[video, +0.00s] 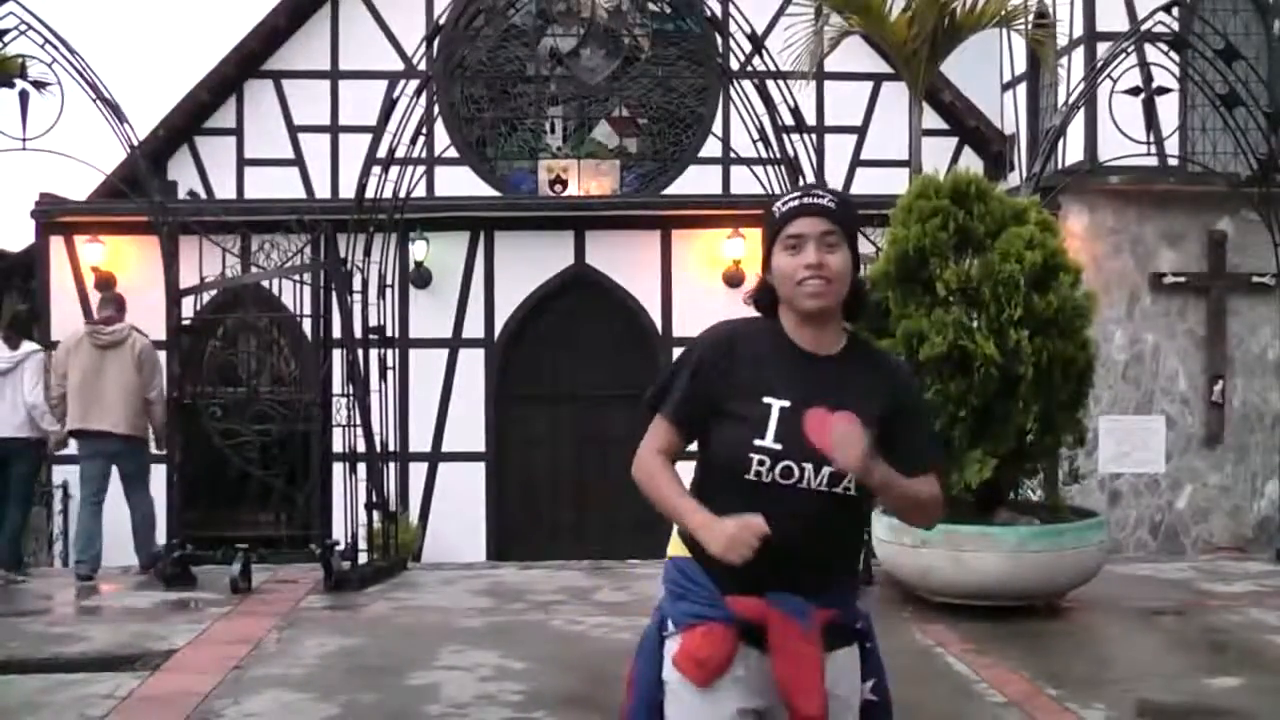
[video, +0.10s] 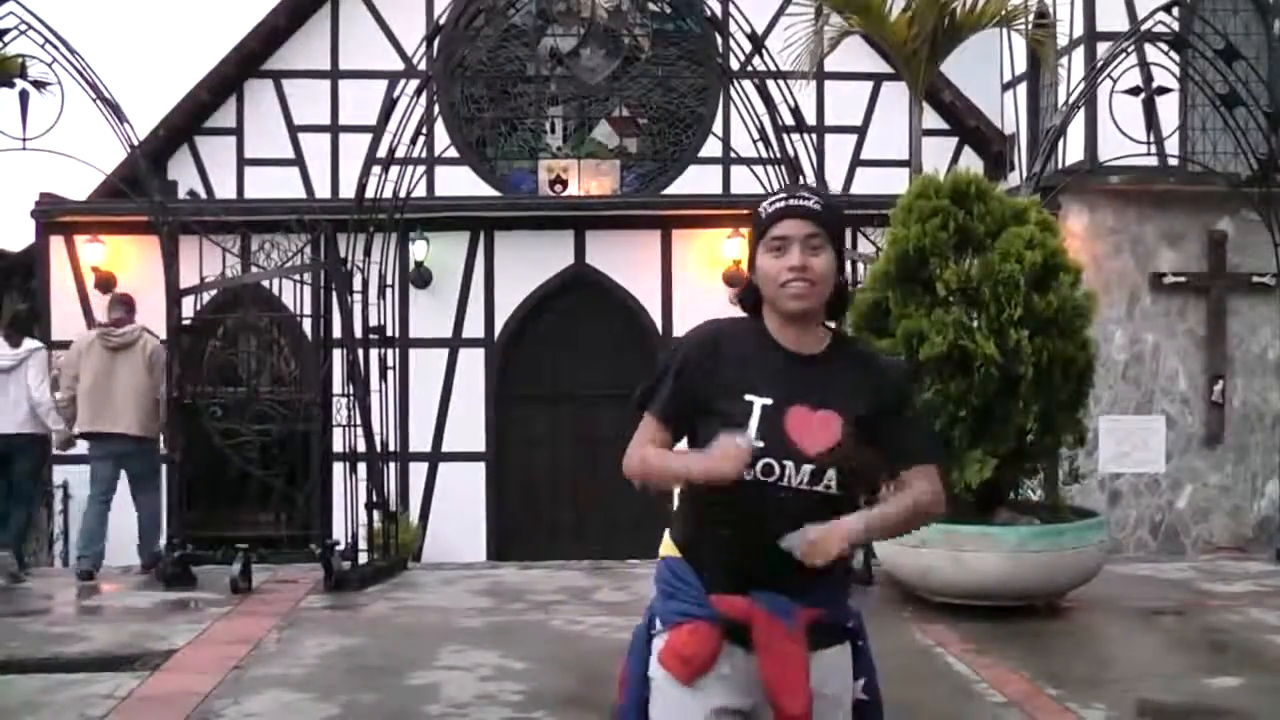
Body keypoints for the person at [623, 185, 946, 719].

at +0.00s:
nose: (814, 261)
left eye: (830, 245)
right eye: (794, 247)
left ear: (853, 264)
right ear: (769, 269)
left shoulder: (886, 379)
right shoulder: (723, 350)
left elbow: (929, 508)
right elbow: (648, 459)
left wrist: (873, 470)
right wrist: (708, 527)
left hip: (826, 610)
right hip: (711, 605)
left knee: (856, 707)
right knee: (694, 707)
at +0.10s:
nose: (796, 263)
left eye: (814, 247)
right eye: (778, 248)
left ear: (838, 267)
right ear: (753, 268)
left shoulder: (874, 377)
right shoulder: (708, 350)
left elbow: (928, 493)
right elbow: (638, 459)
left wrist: (846, 530)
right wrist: (702, 464)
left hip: (813, 608)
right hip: (700, 604)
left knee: (830, 708)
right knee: (682, 707)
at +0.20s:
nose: (778, 260)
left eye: (796, 245)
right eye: (760, 246)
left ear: (821, 262)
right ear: (736, 263)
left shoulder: (855, 368)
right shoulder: (695, 346)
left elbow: (924, 482)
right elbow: (627, 458)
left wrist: (845, 514)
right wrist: (697, 435)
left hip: (802, 597)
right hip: (689, 593)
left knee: (823, 708)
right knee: (656, 709)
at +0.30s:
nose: (760, 259)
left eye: (777, 244)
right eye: (742, 245)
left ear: (801, 260)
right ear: (719, 263)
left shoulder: (836, 363)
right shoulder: (681, 346)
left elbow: (910, 475)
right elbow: (613, 461)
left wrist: (832, 475)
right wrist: (693, 445)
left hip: (793, 602)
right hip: (676, 600)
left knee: (827, 707)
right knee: (632, 709)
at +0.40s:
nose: (725, 262)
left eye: (742, 247)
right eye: (707, 248)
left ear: (764, 266)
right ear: (682, 271)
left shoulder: (803, 363)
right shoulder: (640, 357)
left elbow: (868, 475)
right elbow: (585, 470)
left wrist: (795, 435)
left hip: (768, 608)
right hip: (653, 608)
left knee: (794, 708)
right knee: (632, 708)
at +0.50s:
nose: (697, 265)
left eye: (713, 249)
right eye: (679, 252)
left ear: (737, 266)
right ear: (656, 271)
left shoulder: (781, 362)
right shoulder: (620, 359)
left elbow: (833, 479)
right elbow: (562, 471)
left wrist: (758, 452)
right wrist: (608, 523)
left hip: (750, 615)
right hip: (635, 614)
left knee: (775, 708)